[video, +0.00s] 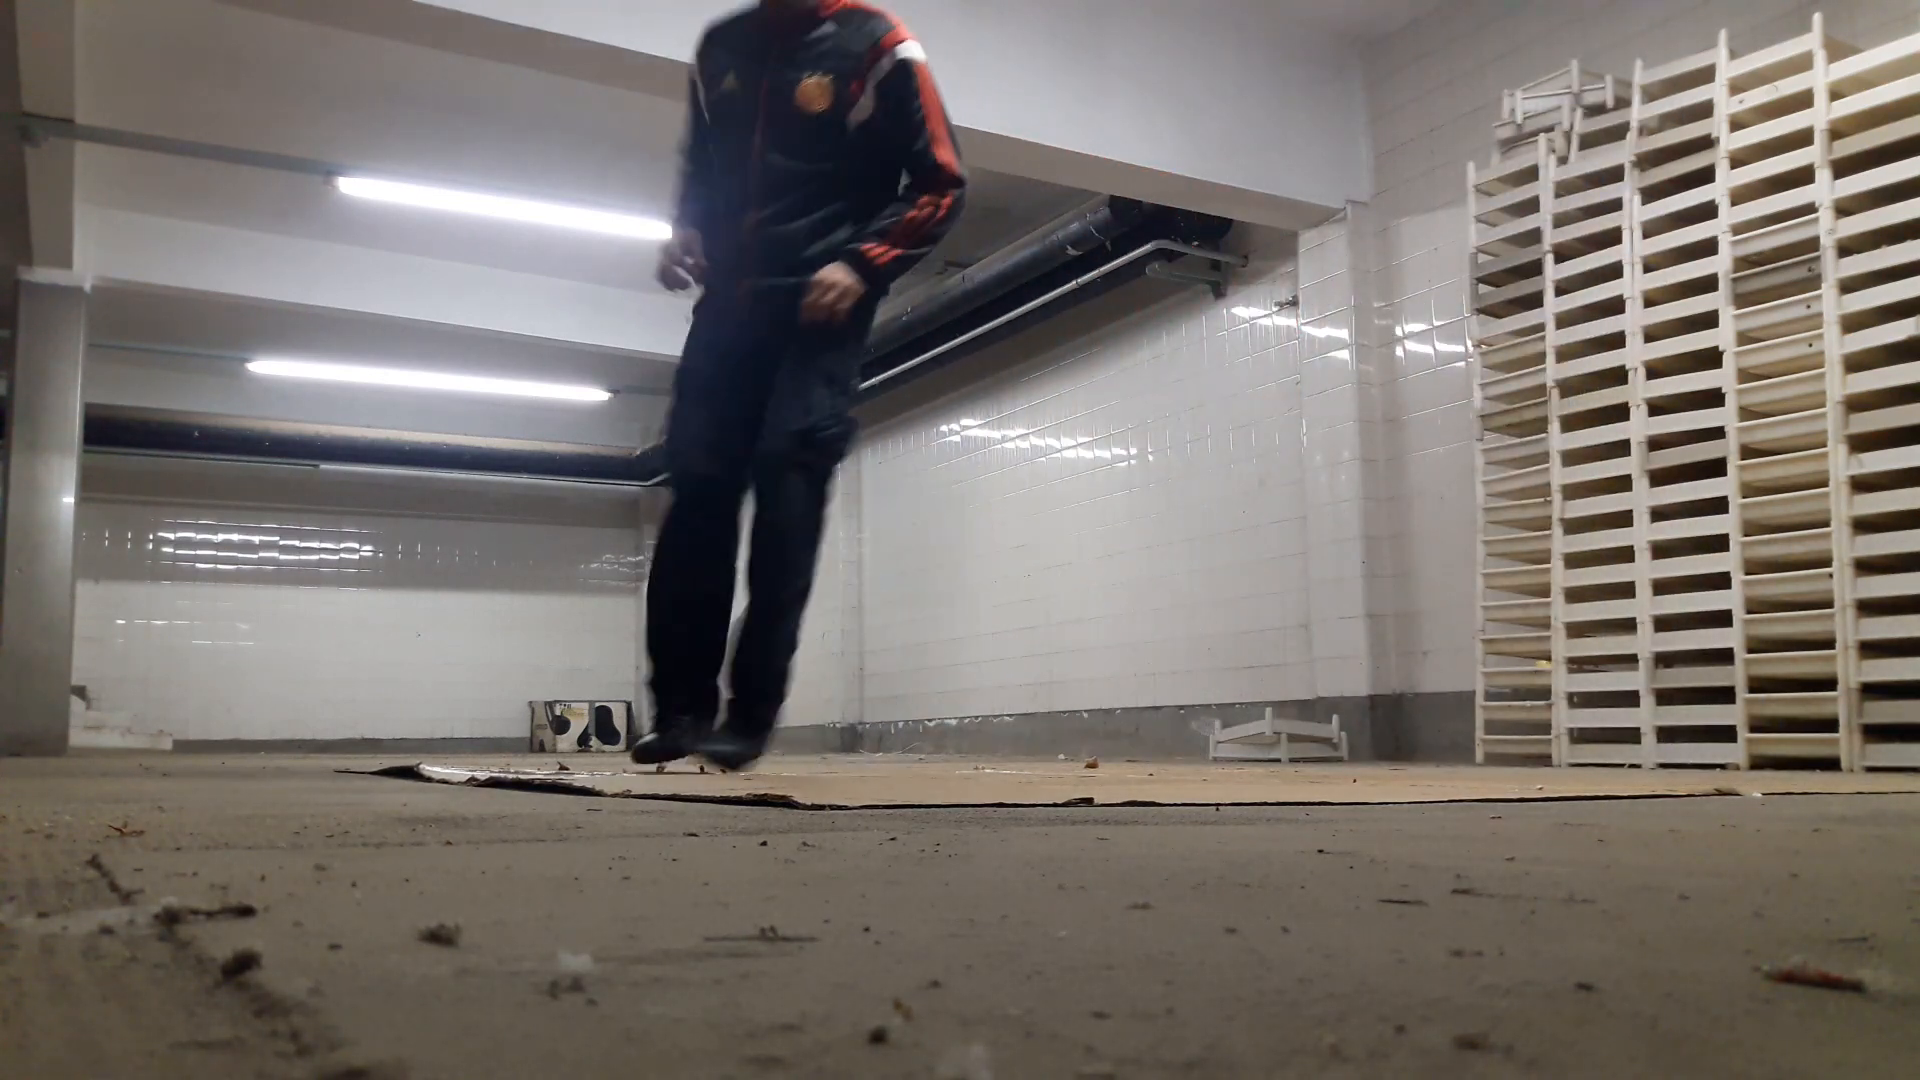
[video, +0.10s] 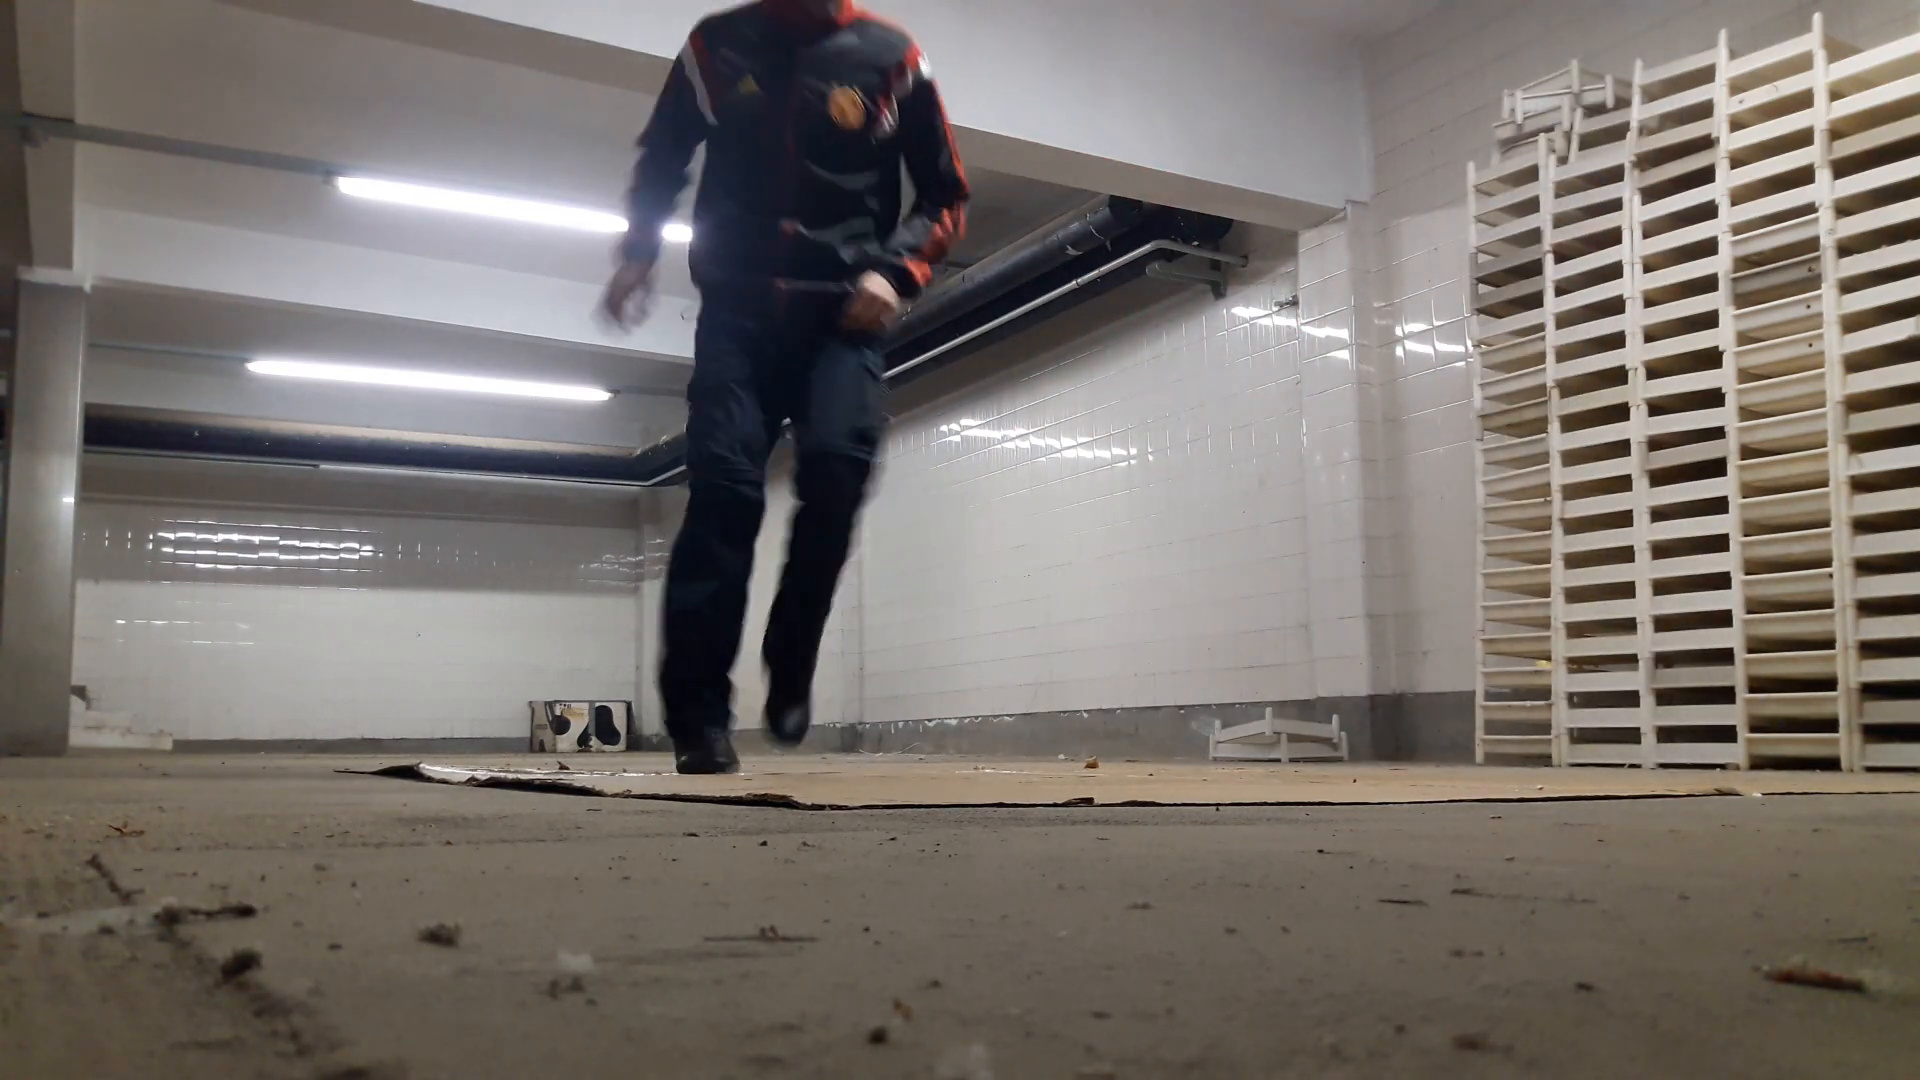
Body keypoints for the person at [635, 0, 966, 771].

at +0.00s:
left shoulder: (878, 44)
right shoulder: (721, 44)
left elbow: (941, 185)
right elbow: (702, 161)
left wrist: (864, 266)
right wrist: (690, 229)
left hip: (823, 313)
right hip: (729, 304)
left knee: (787, 497)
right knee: (699, 497)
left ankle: (748, 722)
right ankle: (682, 714)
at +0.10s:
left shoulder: (891, 57)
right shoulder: (719, 42)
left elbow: (945, 197)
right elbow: (665, 154)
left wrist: (895, 276)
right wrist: (641, 248)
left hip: (841, 315)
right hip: (738, 306)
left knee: (840, 465)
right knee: (725, 491)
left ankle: (792, 661)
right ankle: (699, 722)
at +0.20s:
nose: (858, 11)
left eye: (864, 1)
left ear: (871, 9)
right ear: (798, 4)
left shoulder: (898, 102)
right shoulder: (726, 86)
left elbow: (945, 237)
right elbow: (634, 206)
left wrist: (917, 308)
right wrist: (576, 319)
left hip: (859, 358)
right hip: (756, 349)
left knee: (905, 512)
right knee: (740, 508)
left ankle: (814, 593)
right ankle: (709, 729)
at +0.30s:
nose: (904, 23)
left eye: (910, 10)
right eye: (887, 7)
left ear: (912, 18)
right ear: (835, 6)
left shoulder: (918, 109)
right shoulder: (756, 86)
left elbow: (962, 237)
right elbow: (648, 189)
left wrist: (941, 312)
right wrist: (566, 293)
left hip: (879, 357)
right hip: (783, 354)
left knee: (947, 507)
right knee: (764, 515)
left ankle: (848, 612)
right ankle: (713, 725)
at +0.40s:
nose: (963, 36)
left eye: (967, 22)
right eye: (951, 17)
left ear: (956, 24)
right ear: (898, 9)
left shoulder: (955, 115)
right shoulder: (801, 78)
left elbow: (1002, 233)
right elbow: (686, 148)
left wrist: (982, 304)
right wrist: (606, 229)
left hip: (904, 351)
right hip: (809, 345)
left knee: (968, 495)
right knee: (777, 507)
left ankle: (918, 660)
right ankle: (720, 705)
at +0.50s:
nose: (1014, 86)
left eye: (1022, 72)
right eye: (1005, 67)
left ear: (1016, 70)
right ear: (960, 52)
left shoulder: (1001, 153)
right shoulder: (865, 110)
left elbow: (1047, 263)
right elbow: (752, 145)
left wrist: (1053, 334)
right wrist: (691, 203)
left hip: (918, 366)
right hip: (835, 356)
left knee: (971, 521)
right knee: (792, 522)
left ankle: (1000, 697)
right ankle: (719, 703)